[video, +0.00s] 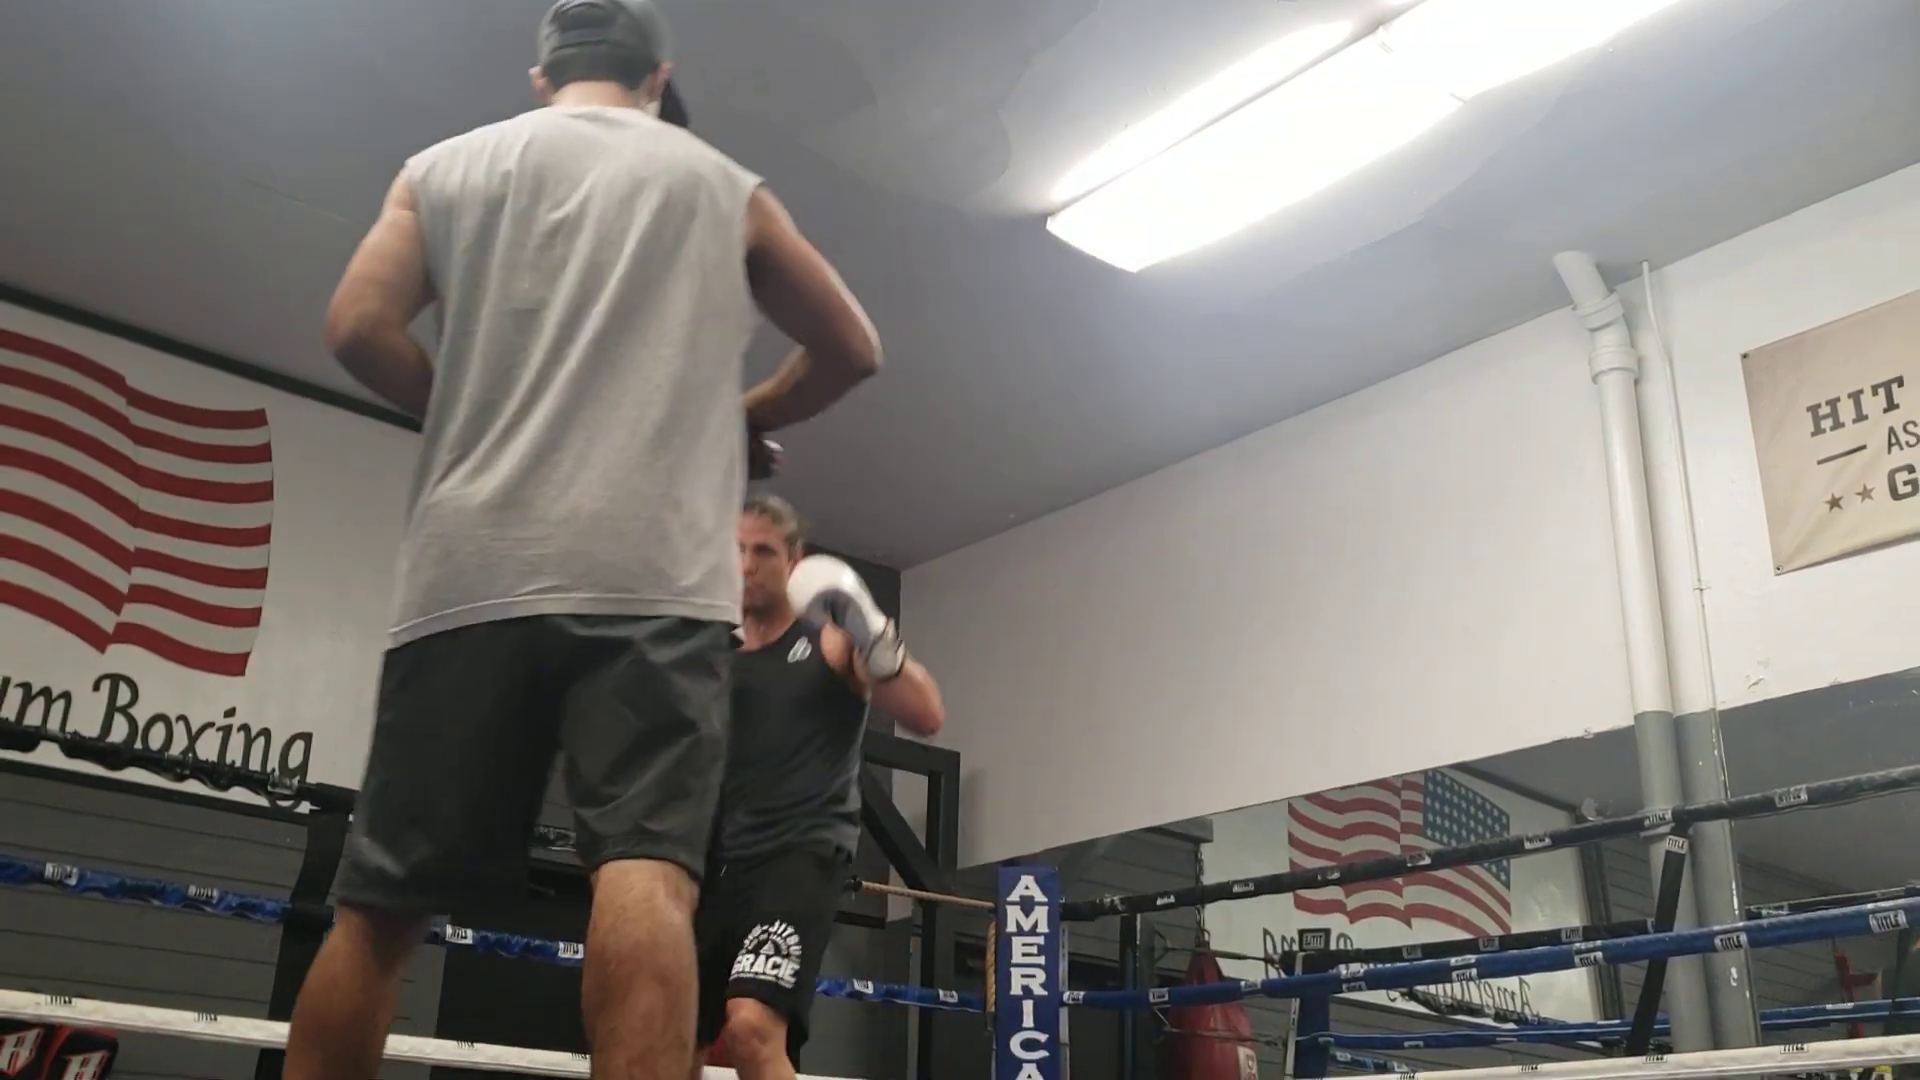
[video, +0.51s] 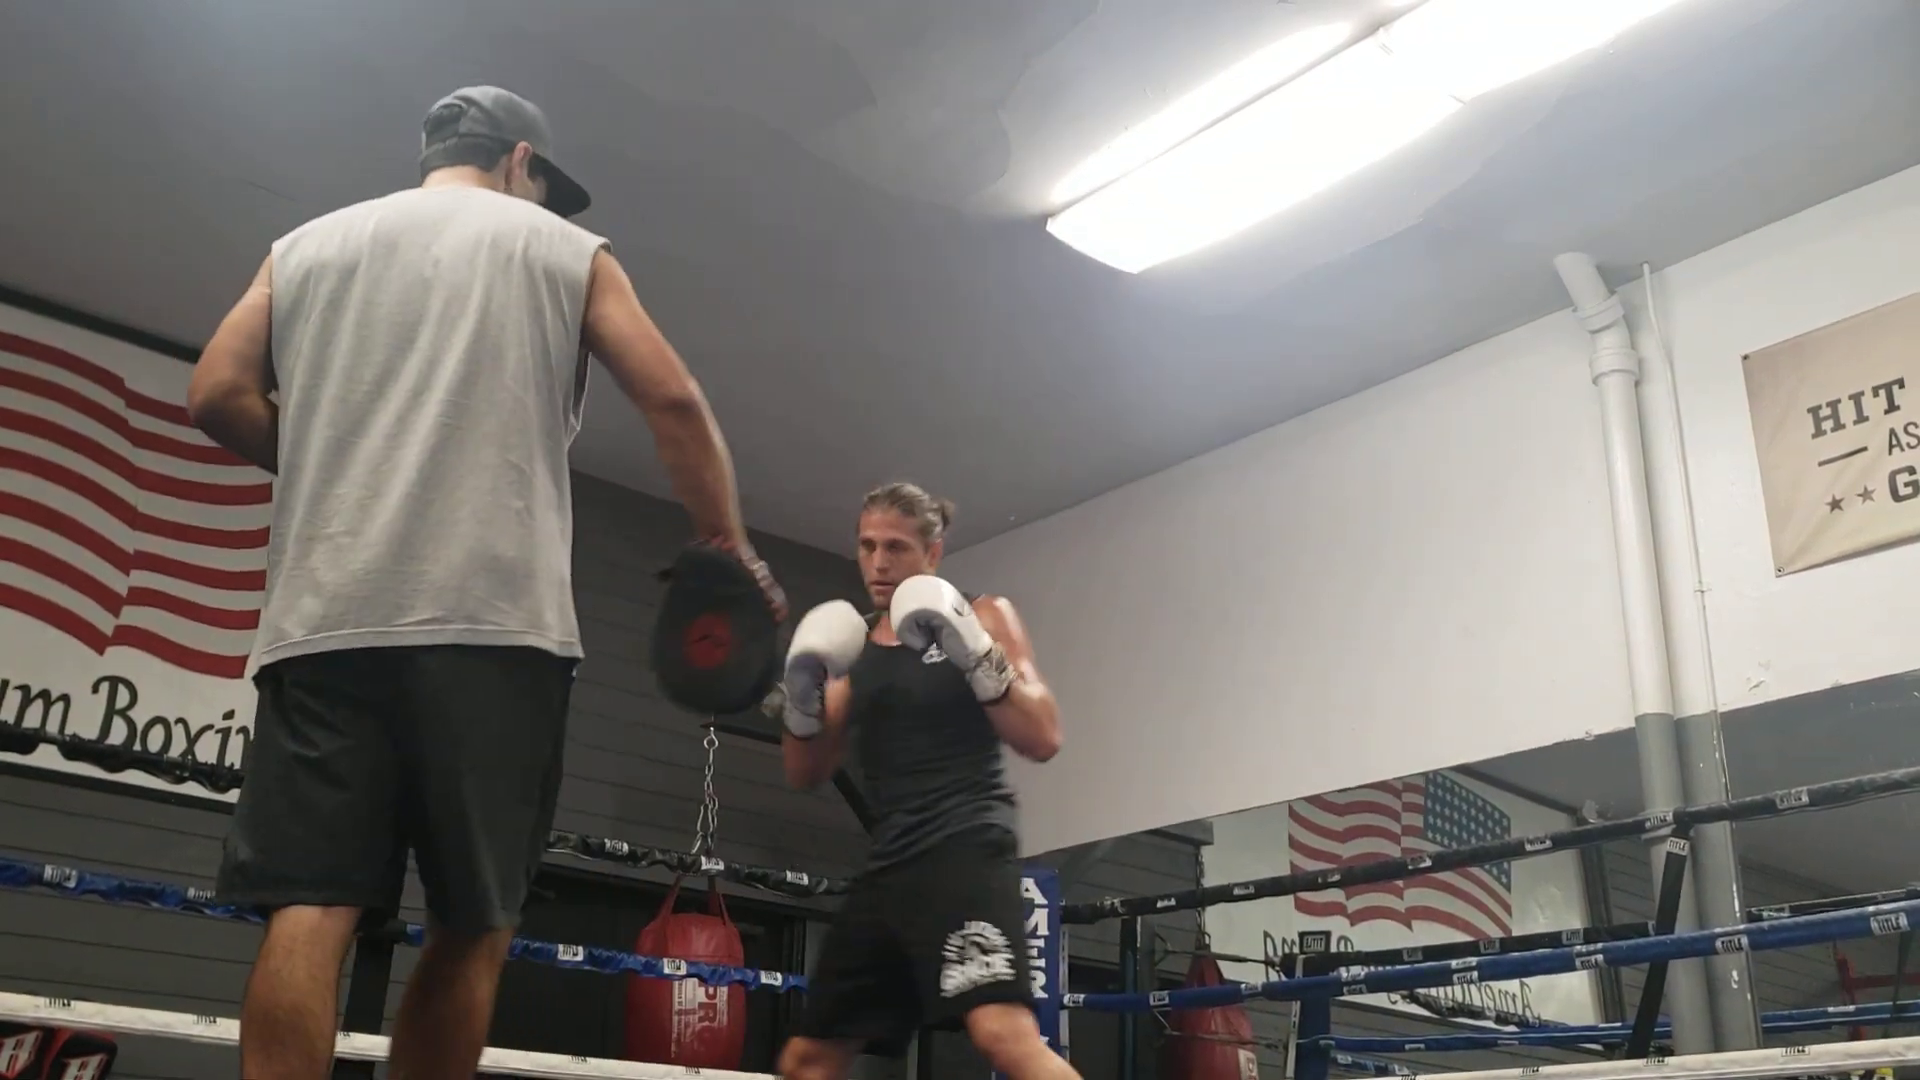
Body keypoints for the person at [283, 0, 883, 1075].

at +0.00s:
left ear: (537, 81)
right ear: (659, 83)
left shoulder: (442, 169)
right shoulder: (725, 184)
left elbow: (360, 325)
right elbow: (852, 347)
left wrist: (465, 411)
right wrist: (746, 419)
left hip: (466, 568)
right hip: (661, 578)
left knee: (378, 906)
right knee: (645, 873)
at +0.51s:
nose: (545, 203)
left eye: (546, 190)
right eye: (546, 186)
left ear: (424, 161)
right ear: (517, 163)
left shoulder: (308, 245)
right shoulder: (560, 249)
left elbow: (217, 391)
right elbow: (675, 399)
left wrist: (322, 455)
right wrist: (728, 544)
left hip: (326, 617)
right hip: (498, 626)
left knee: (311, 906)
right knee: (473, 927)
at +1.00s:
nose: (622, 264)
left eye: (629, 240)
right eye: (623, 232)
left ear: (522, 207)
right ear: (581, 204)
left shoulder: (396, 323)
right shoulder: (573, 305)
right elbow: (585, 457)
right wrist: (624, 636)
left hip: (355, 688)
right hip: (480, 686)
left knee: (316, 961)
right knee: (425, 966)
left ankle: (231, 1071)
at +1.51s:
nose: (673, 316)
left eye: (678, 298)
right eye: (667, 289)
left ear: (619, 277)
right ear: (617, 268)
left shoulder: (589, 399)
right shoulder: (553, 352)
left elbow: (630, 562)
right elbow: (541, 476)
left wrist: (723, 492)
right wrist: (667, 601)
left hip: (590, 729)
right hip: (538, 718)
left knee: (615, 985)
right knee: (478, 968)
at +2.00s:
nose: (765, 398)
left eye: (772, 384)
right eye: (754, 373)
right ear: (697, 361)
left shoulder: (747, 512)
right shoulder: (606, 453)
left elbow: (810, 604)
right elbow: (533, 560)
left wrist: (891, 544)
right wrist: (657, 625)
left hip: (693, 800)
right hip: (592, 775)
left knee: (649, 1031)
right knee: (531, 997)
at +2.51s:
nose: (662, 464)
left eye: (668, 450)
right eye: (646, 445)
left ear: (669, 459)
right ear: (590, 446)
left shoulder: (693, 550)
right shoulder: (515, 569)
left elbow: (821, 555)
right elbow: (475, 696)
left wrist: (943, 556)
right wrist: (568, 727)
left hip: (662, 850)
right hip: (544, 853)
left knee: (648, 1048)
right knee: (520, 1060)